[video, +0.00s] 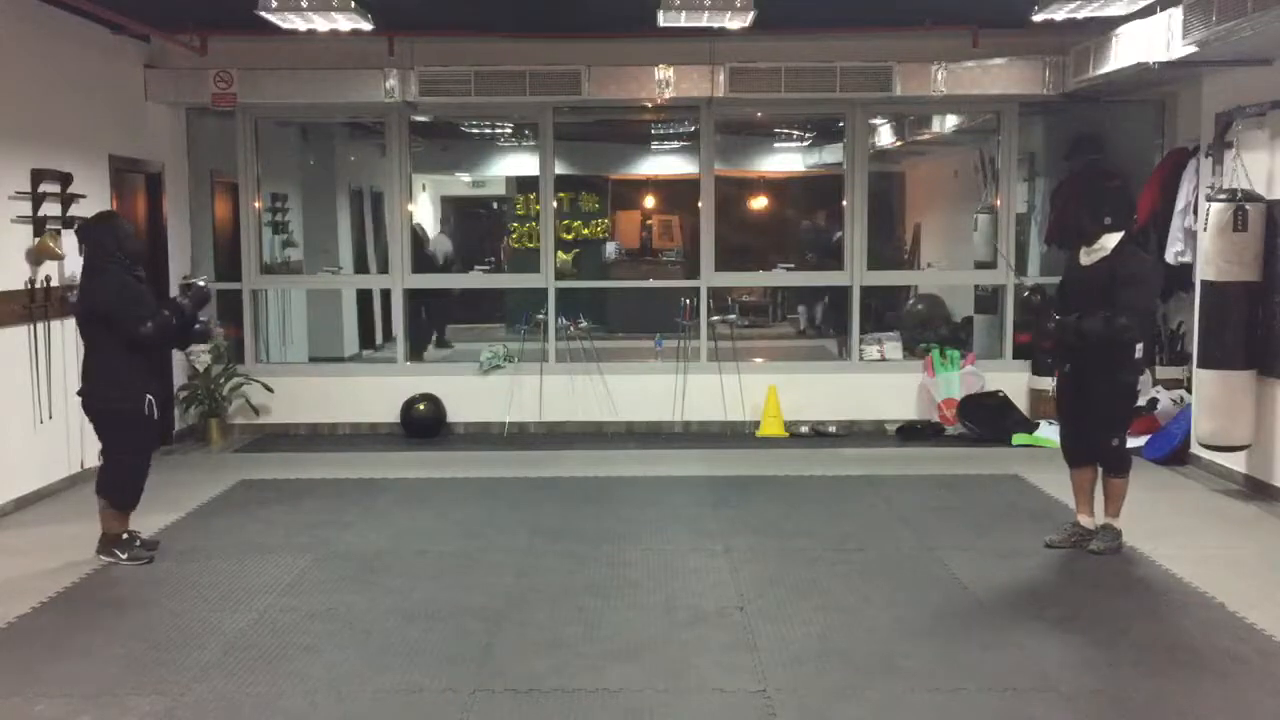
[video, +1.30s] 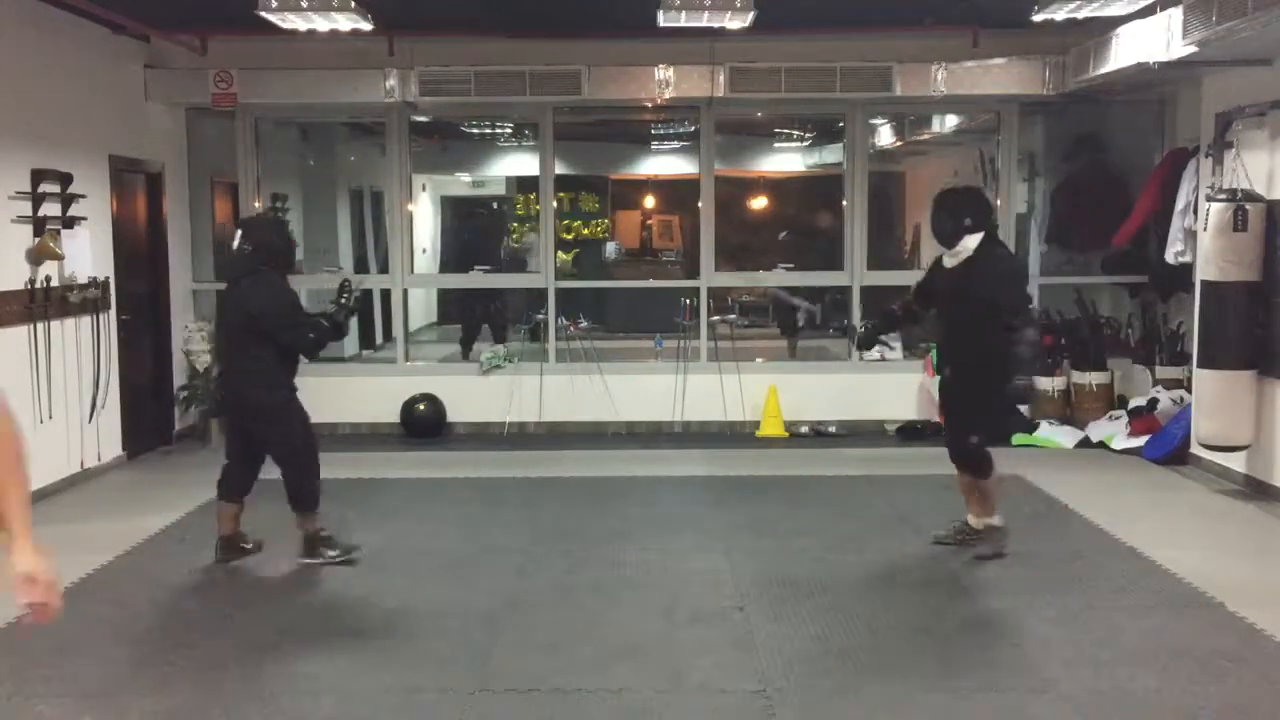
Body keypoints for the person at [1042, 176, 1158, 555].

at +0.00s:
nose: (1066, 222)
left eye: (1073, 213)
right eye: (1066, 213)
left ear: (1094, 212)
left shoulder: (1132, 260)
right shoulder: (1078, 258)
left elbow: (1133, 324)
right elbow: (1065, 310)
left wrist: (1074, 328)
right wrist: (1054, 324)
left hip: (1116, 368)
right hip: (1077, 366)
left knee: (1113, 444)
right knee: (1077, 442)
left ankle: (1111, 527)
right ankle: (1084, 523)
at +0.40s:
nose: (1055, 221)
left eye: (1062, 212)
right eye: (1057, 212)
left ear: (1085, 215)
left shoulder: (1118, 263)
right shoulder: (1065, 262)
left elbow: (1117, 323)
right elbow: (1055, 312)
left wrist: (1054, 328)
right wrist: (1027, 310)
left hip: (1103, 376)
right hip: (1060, 372)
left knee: (1106, 450)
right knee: (1037, 441)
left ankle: (1109, 526)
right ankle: (1032, 522)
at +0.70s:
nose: (1026, 237)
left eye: (1032, 228)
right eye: (1023, 229)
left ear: (1052, 226)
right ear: (1024, 230)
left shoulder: (1086, 269)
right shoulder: (1028, 276)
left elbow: (1083, 327)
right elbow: (1011, 335)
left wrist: (1032, 337)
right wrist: (992, 329)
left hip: (1074, 375)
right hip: (1032, 375)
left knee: (1087, 450)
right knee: (1005, 444)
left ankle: (1107, 525)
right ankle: (979, 522)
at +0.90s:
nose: (978, 235)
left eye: (984, 226)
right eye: (979, 227)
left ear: (1007, 227)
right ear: (1003, 229)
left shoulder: (1043, 265)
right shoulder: (992, 274)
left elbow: (1046, 324)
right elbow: (987, 325)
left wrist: (991, 339)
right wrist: (959, 330)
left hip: (1041, 375)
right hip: (1002, 375)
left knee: (1059, 448)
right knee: (979, 442)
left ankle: (1098, 520)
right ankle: (975, 524)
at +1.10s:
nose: (954, 229)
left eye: (959, 220)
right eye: (954, 221)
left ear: (980, 221)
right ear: (982, 221)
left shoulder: (1018, 261)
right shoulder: (967, 264)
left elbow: (1027, 322)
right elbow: (951, 312)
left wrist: (980, 352)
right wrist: (914, 317)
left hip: (1013, 369)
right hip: (974, 368)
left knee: (1018, 445)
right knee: (970, 444)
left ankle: (1068, 510)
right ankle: (976, 524)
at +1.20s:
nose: (946, 228)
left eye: (952, 220)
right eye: (946, 220)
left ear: (974, 221)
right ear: (975, 221)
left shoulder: (1011, 266)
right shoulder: (955, 265)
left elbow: (1016, 328)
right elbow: (930, 306)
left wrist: (999, 372)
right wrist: (892, 320)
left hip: (999, 372)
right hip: (964, 371)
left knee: (995, 447)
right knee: (968, 447)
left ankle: (1033, 509)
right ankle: (975, 523)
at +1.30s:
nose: (937, 228)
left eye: (942, 220)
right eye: (937, 220)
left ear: (964, 220)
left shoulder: (1000, 263)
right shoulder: (946, 263)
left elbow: (1020, 323)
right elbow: (918, 305)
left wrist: (1021, 373)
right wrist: (882, 324)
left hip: (989, 366)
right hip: (955, 367)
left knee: (972, 443)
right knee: (958, 443)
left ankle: (992, 526)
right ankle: (974, 523)